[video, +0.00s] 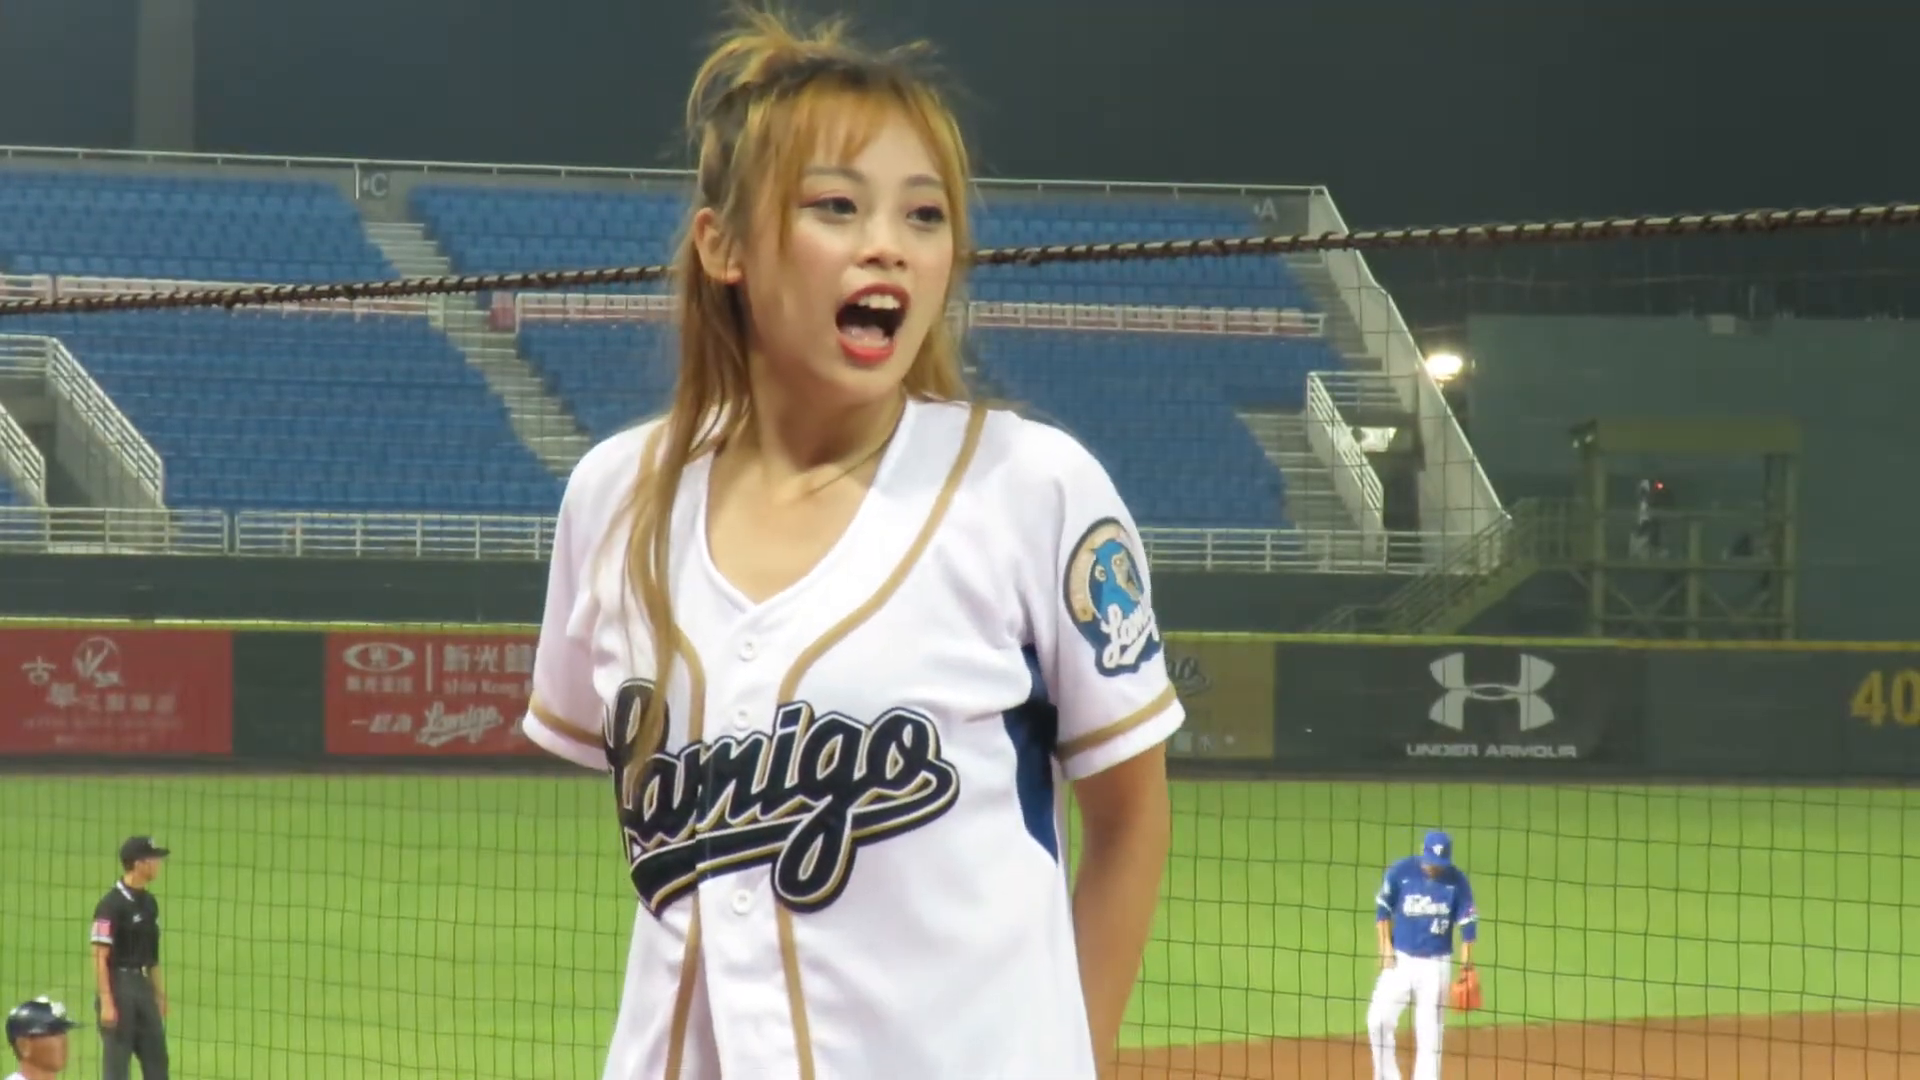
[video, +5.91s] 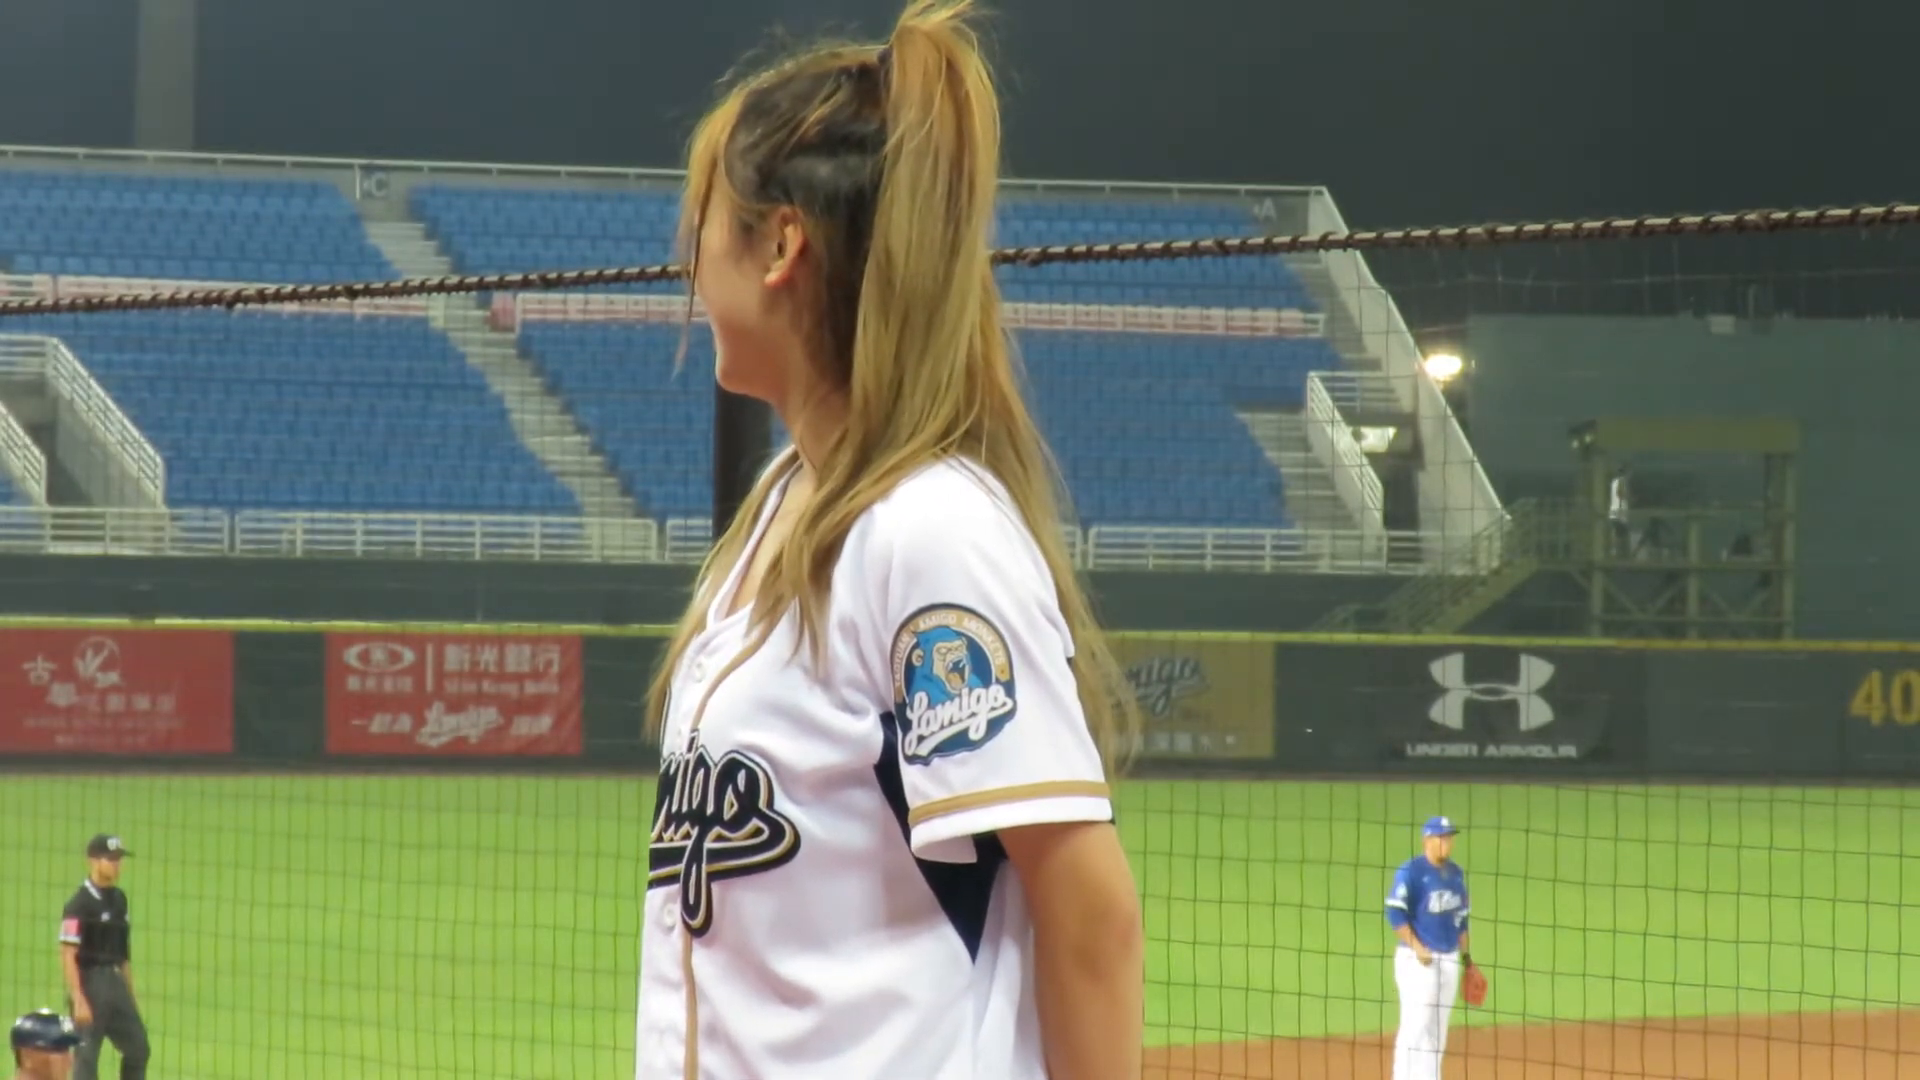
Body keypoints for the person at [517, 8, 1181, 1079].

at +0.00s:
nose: (885, 252)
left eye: (921, 215)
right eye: (833, 208)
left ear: (956, 260)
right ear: (724, 247)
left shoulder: (1039, 490)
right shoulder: (616, 496)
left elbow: (1127, 827)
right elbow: (656, 812)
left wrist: (1066, 1055)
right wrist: (763, 1029)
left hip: (984, 1054)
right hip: (689, 1053)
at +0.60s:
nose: (781, 249)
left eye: (841, 210)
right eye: (745, 209)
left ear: (926, 263)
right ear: (701, 249)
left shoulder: (1042, 514)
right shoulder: (632, 512)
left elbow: (1136, 855)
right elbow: (662, 842)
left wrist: (1095, 1068)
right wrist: (751, 1045)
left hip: (984, 1057)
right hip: (698, 1056)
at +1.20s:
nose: (678, 261)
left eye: (692, 225)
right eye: (685, 224)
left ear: (772, 256)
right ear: (771, 254)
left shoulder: (950, 515)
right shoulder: (758, 505)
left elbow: (1102, 880)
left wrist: (1080, 1070)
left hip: (888, 1056)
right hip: (709, 1052)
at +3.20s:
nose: (692, 263)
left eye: (706, 226)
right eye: (700, 225)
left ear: (781, 258)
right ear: (779, 259)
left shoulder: (930, 525)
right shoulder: (782, 501)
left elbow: (1089, 904)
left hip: (879, 1056)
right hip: (726, 1050)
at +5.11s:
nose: (685, 265)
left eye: (698, 226)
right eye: (692, 226)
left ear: (776, 249)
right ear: (776, 250)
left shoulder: (935, 535)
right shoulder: (782, 508)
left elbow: (1096, 914)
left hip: (886, 1058)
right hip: (719, 1052)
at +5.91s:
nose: (692, 268)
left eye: (704, 228)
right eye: (699, 228)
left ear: (783, 249)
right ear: (776, 249)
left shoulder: (933, 528)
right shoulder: (782, 501)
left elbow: (1093, 912)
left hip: (878, 1056)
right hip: (714, 1051)